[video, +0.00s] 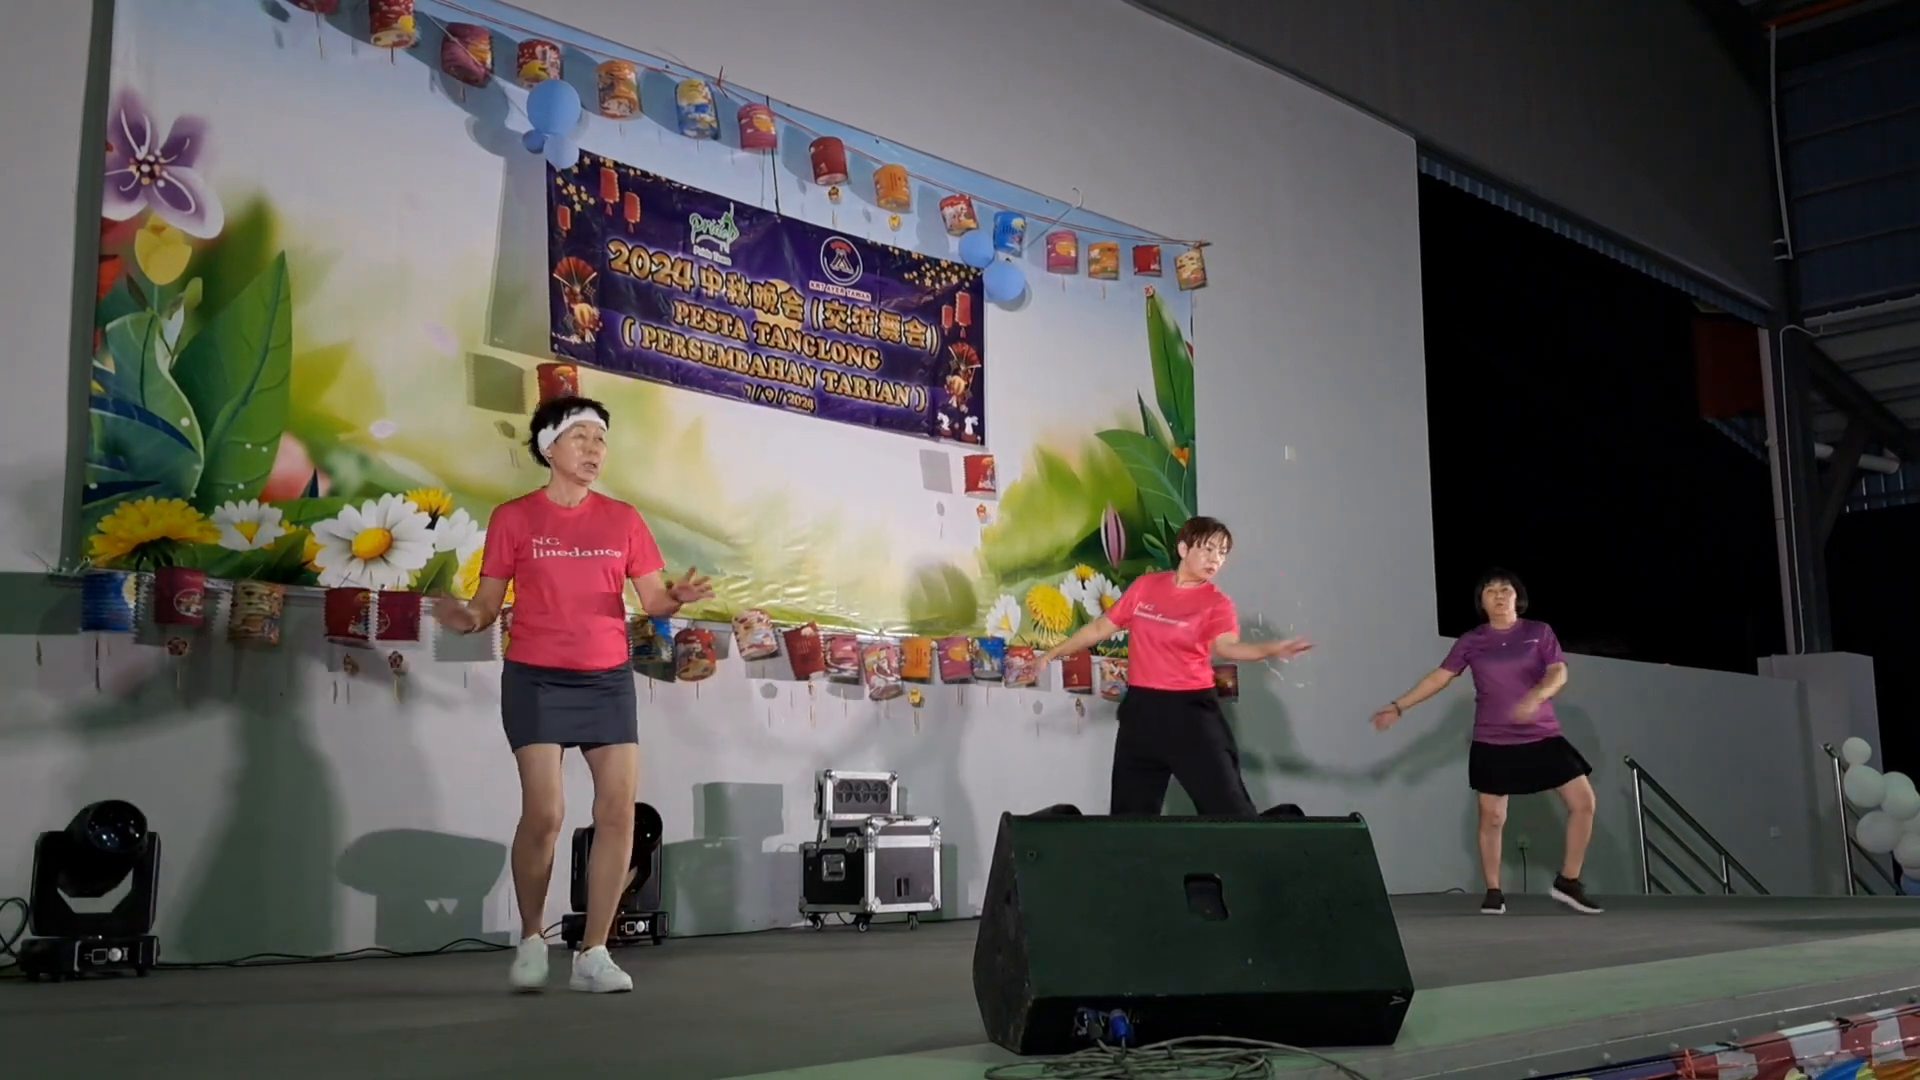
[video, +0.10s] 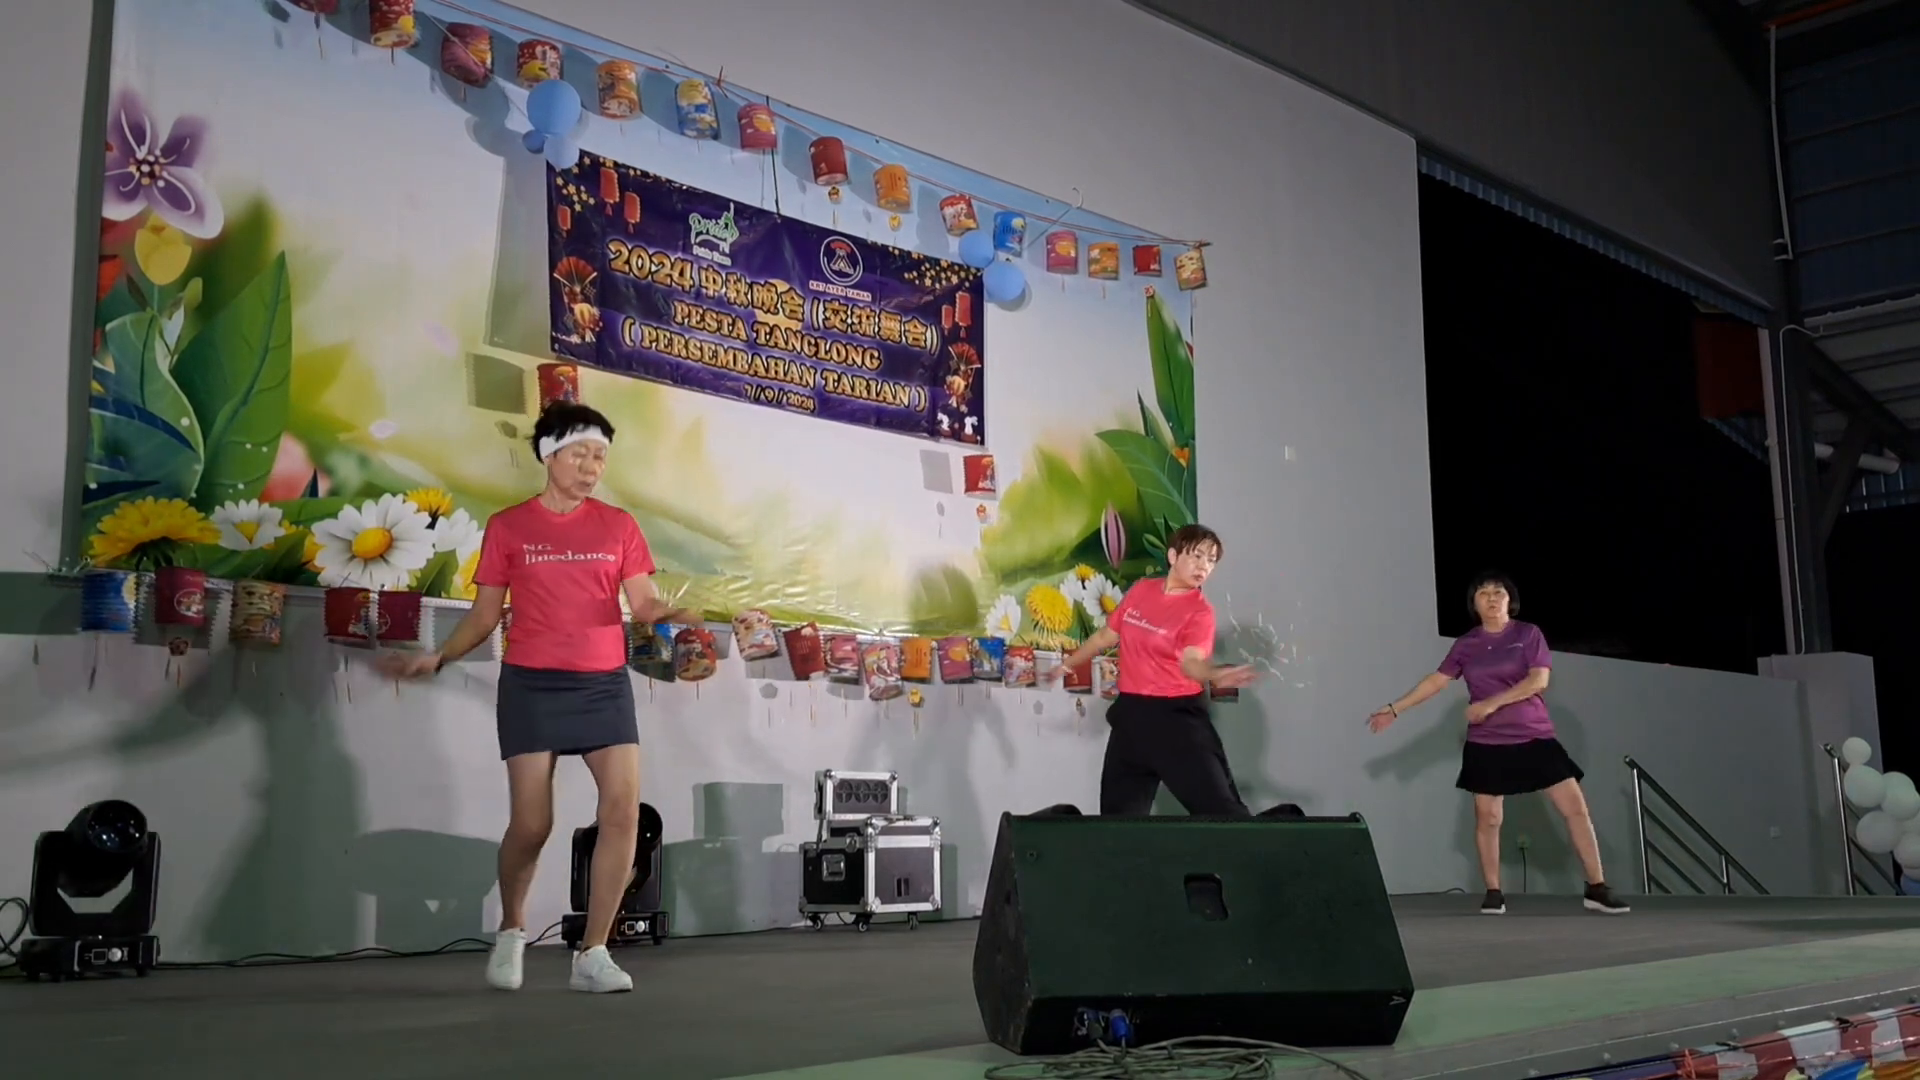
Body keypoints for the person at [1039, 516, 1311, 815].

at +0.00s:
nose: (1215, 559)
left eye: (1222, 554)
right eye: (1208, 549)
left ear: (1225, 561)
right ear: (1183, 548)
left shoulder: (1217, 603)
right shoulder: (1146, 587)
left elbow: (1225, 648)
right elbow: (1101, 628)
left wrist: (1272, 649)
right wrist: (1050, 654)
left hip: (1193, 716)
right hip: (1141, 713)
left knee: (1233, 817)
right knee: (1129, 824)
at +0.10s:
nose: (1204, 566)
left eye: (1211, 560)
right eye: (1196, 556)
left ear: (1215, 566)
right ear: (1173, 556)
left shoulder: (1199, 611)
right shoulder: (1141, 590)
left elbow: (1191, 664)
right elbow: (1105, 636)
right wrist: (1064, 666)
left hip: (1180, 723)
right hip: (1131, 719)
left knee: (1226, 818)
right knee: (1118, 825)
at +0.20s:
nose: (1193, 571)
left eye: (1200, 566)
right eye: (1186, 561)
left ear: (1204, 573)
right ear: (1163, 560)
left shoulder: (1189, 615)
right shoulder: (1141, 593)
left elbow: (1167, 663)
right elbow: (1122, 642)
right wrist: (1099, 675)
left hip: (1171, 725)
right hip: (1126, 721)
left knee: (1220, 818)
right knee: (1111, 823)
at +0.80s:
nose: (1201, 549)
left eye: (1207, 544)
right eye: (1193, 540)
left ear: (1209, 553)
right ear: (1167, 544)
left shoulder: (1199, 591)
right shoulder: (1144, 585)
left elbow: (1209, 645)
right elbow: (1114, 632)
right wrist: (1086, 655)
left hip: (1193, 703)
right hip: (1144, 705)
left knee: (1239, 803)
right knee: (1136, 810)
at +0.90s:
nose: (1219, 541)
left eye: (1222, 535)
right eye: (1210, 533)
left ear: (1224, 543)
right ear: (1183, 538)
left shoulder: (1226, 583)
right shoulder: (1149, 585)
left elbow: (1264, 621)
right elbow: (1099, 618)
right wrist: (1048, 638)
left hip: (1215, 702)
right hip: (1159, 704)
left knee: (1243, 793)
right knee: (1154, 806)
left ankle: (1236, 880)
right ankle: (1153, 888)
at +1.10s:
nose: (1249, 534)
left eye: (1250, 527)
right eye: (1242, 526)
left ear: (1234, 534)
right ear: (1213, 530)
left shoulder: (1259, 578)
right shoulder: (1185, 578)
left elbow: (1309, 600)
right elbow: (1142, 601)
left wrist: (1365, 589)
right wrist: (1106, 595)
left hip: (1261, 694)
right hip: (1211, 692)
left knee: (1259, 793)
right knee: (1200, 792)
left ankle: (1255, 879)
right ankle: (1187, 873)